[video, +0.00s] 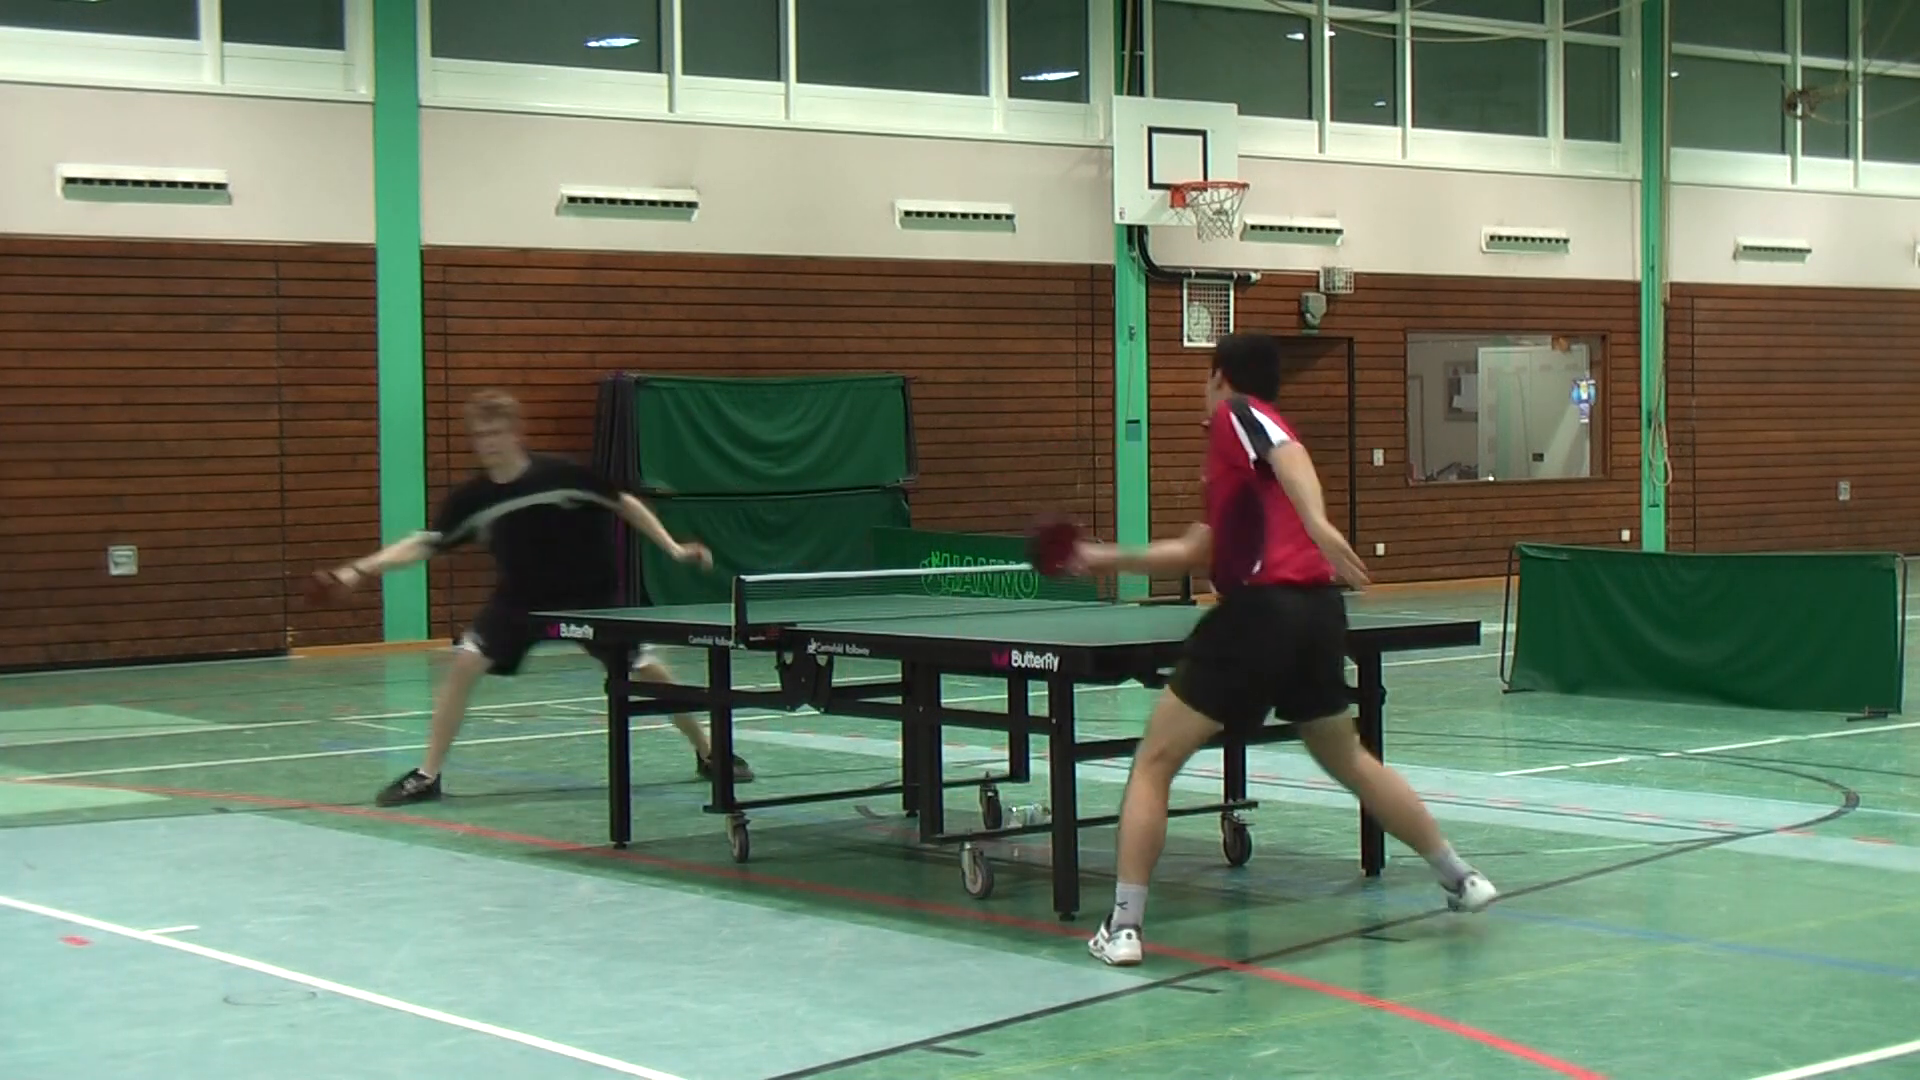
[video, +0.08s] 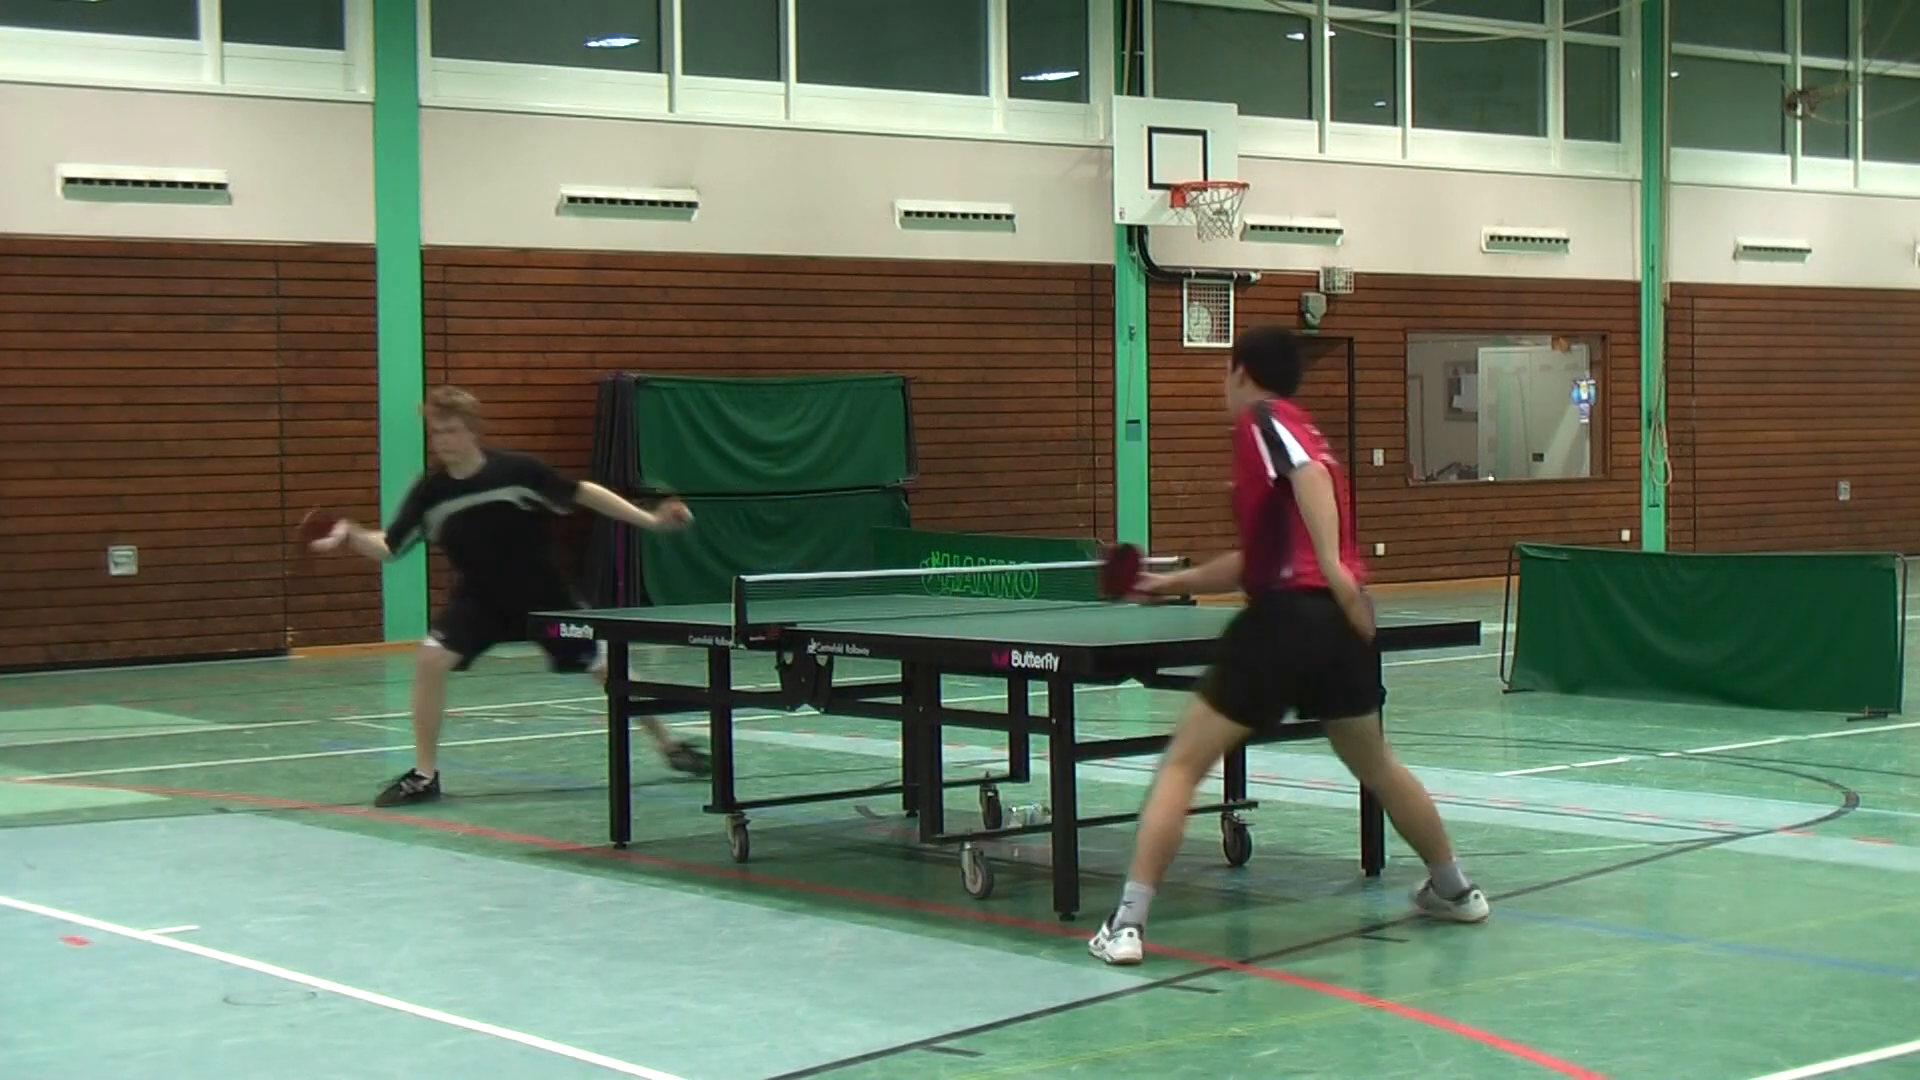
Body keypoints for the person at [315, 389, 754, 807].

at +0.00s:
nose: (488, 442)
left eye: (496, 432)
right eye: (481, 435)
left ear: (518, 431)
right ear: (473, 441)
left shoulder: (561, 476)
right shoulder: (474, 498)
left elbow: (624, 502)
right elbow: (423, 543)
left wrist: (672, 547)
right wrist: (361, 568)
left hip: (587, 597)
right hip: (518, 601)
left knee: (648, 670)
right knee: (464, 663)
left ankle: (710, 752)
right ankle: (427, 776)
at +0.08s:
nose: (440, 440)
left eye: (449, 430)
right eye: (434, 432)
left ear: (473, 430)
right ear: (429, 436)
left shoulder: (515, 472)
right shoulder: (429, 493)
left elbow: (582, 494)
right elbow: (387, 548)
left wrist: (649, 519)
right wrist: (351, 534)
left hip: (542, 597)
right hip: (479, 604)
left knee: (607, 667)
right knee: (430, 657)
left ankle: (670, 746)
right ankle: (424, 775)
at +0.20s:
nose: (427, 406)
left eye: (434, 396)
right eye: (419, 398)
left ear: (447, 397)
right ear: (405, 401)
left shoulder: (481, 440)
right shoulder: (396, 453)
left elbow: (539, 462)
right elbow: (361, 511)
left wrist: (591, 473)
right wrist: (386, 481)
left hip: (497, 575)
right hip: (437, 581)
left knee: (549, 663)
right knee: (405, 656)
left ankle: (568, 747)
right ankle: (422, 771)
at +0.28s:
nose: (421, 376)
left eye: (429, 368)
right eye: (412, 370)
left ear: (442, 372)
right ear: (398, 376)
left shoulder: (471, 419)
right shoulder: (383, 431)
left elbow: (522, 447)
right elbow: (355, 497)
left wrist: (543, 457)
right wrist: (370, 468)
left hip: (476, 559)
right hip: (414, 564)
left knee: (515, 653)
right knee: (398, 649)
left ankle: (510, 748)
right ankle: (408, 763)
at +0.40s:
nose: (394, 368)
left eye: (402, 359)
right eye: (387, 361)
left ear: (425, 359)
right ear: (381, 364)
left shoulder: (459, 410)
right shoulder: (368, 420)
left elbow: (513, 453)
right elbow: (336, 485)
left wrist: (511, 475)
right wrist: (348, 484)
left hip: (450, 552)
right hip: (392, 554)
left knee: (472, 650)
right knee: (396, 646)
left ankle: (446, 747)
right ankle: (376, 766)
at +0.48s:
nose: (363, 370)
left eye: (371, 362)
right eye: (363, 362)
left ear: (399, 362)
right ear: (380, 365)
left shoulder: (447, 416)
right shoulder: (359, 420)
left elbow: (506, 464)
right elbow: (326, 482)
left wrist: (493, 509)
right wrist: (339, 488)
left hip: (435, 554)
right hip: (379, 558)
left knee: (445, 653)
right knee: (389, 648)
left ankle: (414, 744)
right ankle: (374, 767)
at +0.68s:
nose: (337, 364)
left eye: (341, 355)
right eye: (338, 355)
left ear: (362, 360)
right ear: (368, 358)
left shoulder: (418, 415)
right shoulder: (348, 414)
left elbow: (467, 468)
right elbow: (334, 470)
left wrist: (457, 543)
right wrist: (324, 479)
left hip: (399, 558)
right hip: (345, 554)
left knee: (387, 656)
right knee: (339, 649)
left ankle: (381, 754)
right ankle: (333, 758)